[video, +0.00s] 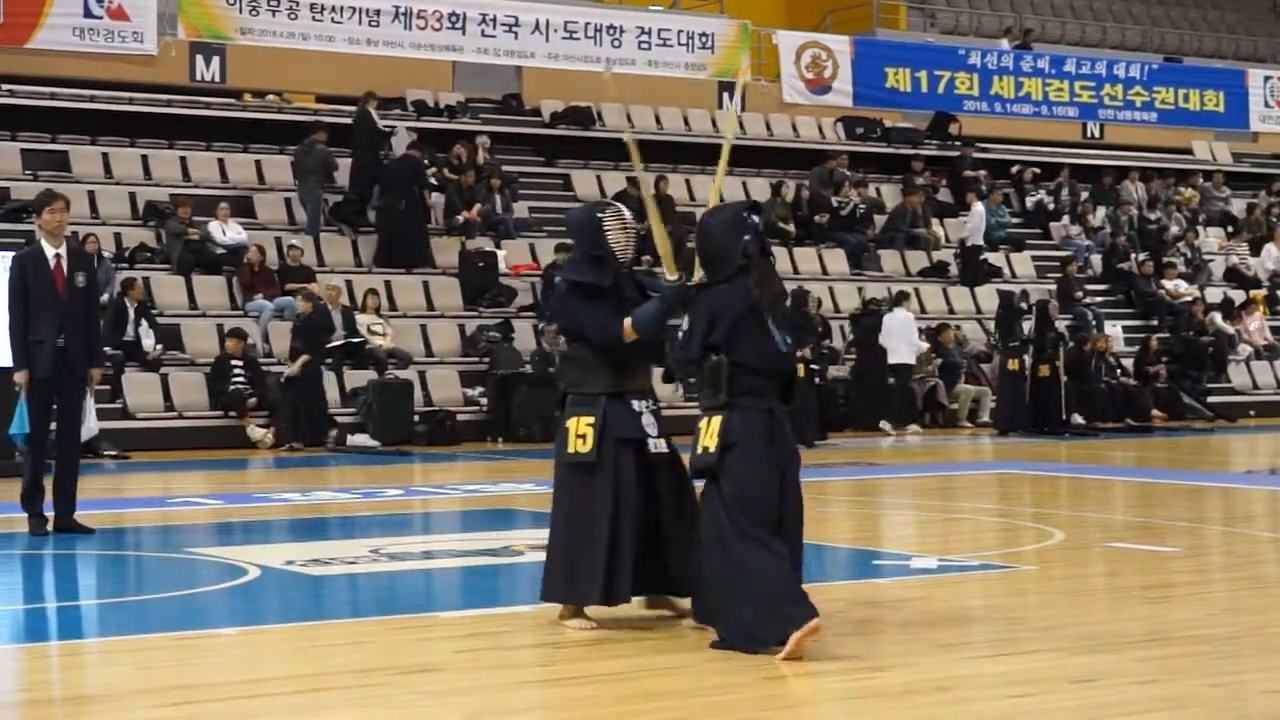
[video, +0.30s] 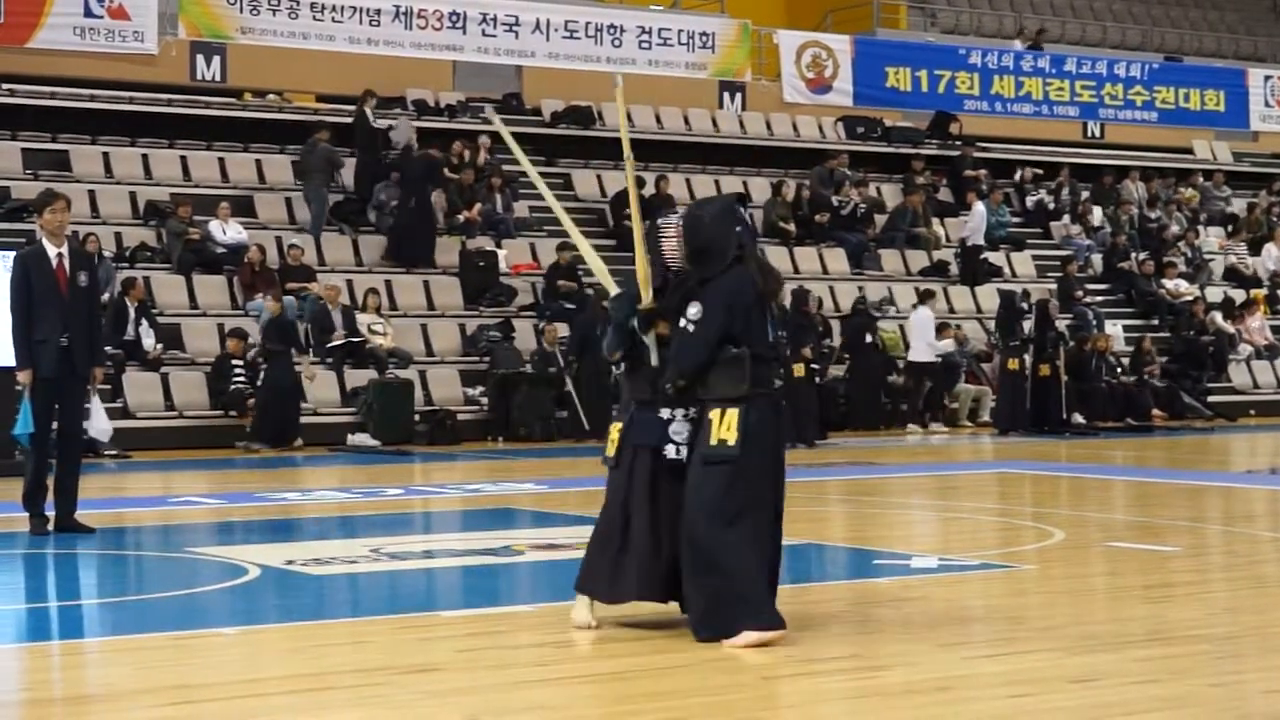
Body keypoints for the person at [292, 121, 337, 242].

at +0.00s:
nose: (325, 137)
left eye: (325, 134)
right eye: (323, 134)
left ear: (312, 134)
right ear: (319, 135)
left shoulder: (299, 150)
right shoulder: (322, 150)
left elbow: (296, 169)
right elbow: (334, 166)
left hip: (302, 188)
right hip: (315, 189)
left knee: (312, 219)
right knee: (313, 221)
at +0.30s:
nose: (327, 135)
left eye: (327, 133)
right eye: (326, 133)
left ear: (314, 134)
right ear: (325, 134)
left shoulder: (306, 147)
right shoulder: (326, 149)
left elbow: (302, 166)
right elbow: (340, 163)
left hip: (307, 186)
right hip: (319, 187)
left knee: (316, 218)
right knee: (319, 219)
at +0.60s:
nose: (326, 139)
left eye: (326, 137)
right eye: (326, 137)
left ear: (315, 137)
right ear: (324, 138)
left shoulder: (307, 148)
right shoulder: (324, 148)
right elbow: (340, 163)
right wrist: (343, 162)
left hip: (308, 185)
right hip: (320, 186)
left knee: (316, 217)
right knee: (324, 219)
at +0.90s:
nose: (327, 143)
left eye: (326, 140)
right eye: (326, 140)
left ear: (316, 139)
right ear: (325, 140)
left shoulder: (308, 150)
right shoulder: (324, 149)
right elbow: (334, 162)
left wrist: (332, 177)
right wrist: (345, 169)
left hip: (309, 186)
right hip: (320, 186)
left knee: (315, 218)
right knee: (324, 219)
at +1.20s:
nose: (331, 141)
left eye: (331, 139)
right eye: (330, 139)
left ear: (320, 136)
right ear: (327, 138)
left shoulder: (311, 149)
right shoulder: (325, 149)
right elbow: (335, 163)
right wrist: (348, 171)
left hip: (309, 188)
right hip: (320, 189)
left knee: (316, 222)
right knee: (323, 222)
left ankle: (318, 255)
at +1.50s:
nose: (334, 141)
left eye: (334, 139)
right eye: (334, 138)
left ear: (324, 136)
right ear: (331, 137)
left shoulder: (315, 148)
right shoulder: (326, 148)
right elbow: (337, 157)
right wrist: (354, 158)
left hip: (312, 188)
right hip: (321, 189)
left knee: (320, 222)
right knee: (323, 223)